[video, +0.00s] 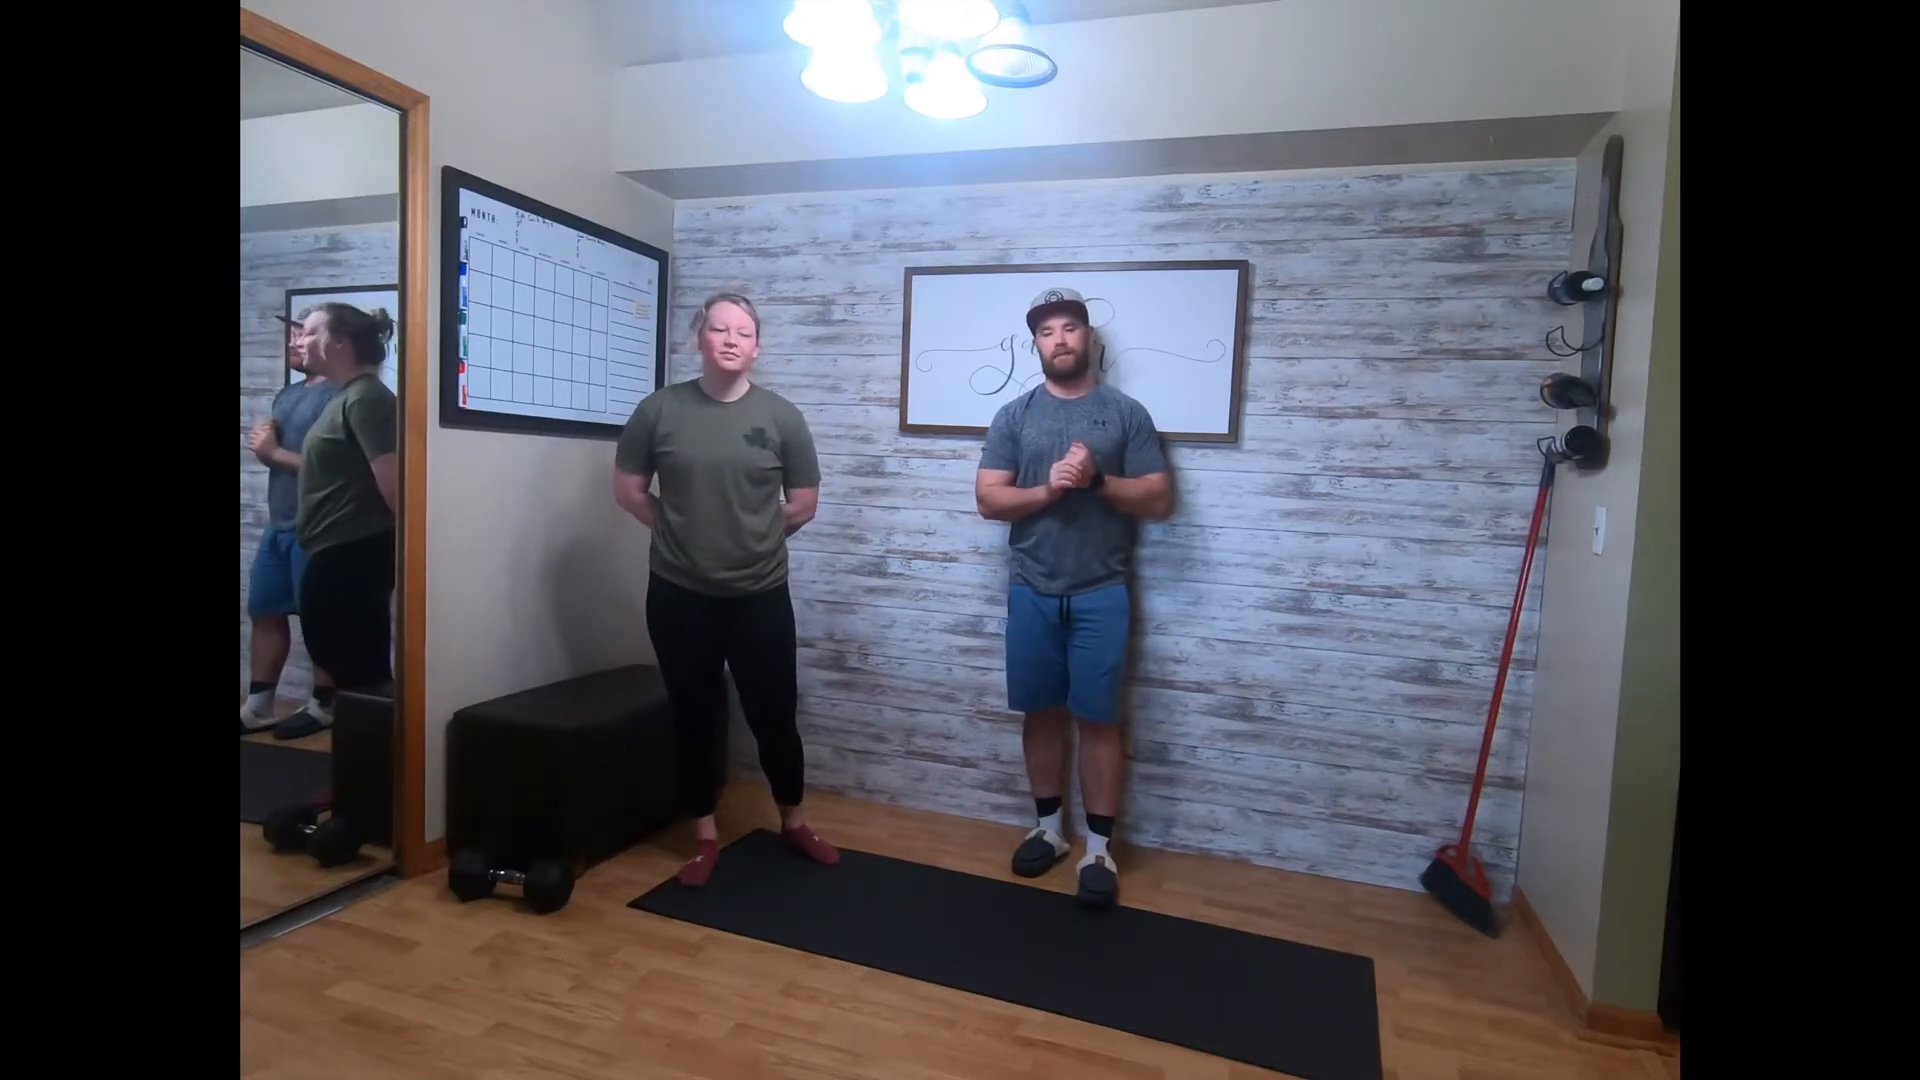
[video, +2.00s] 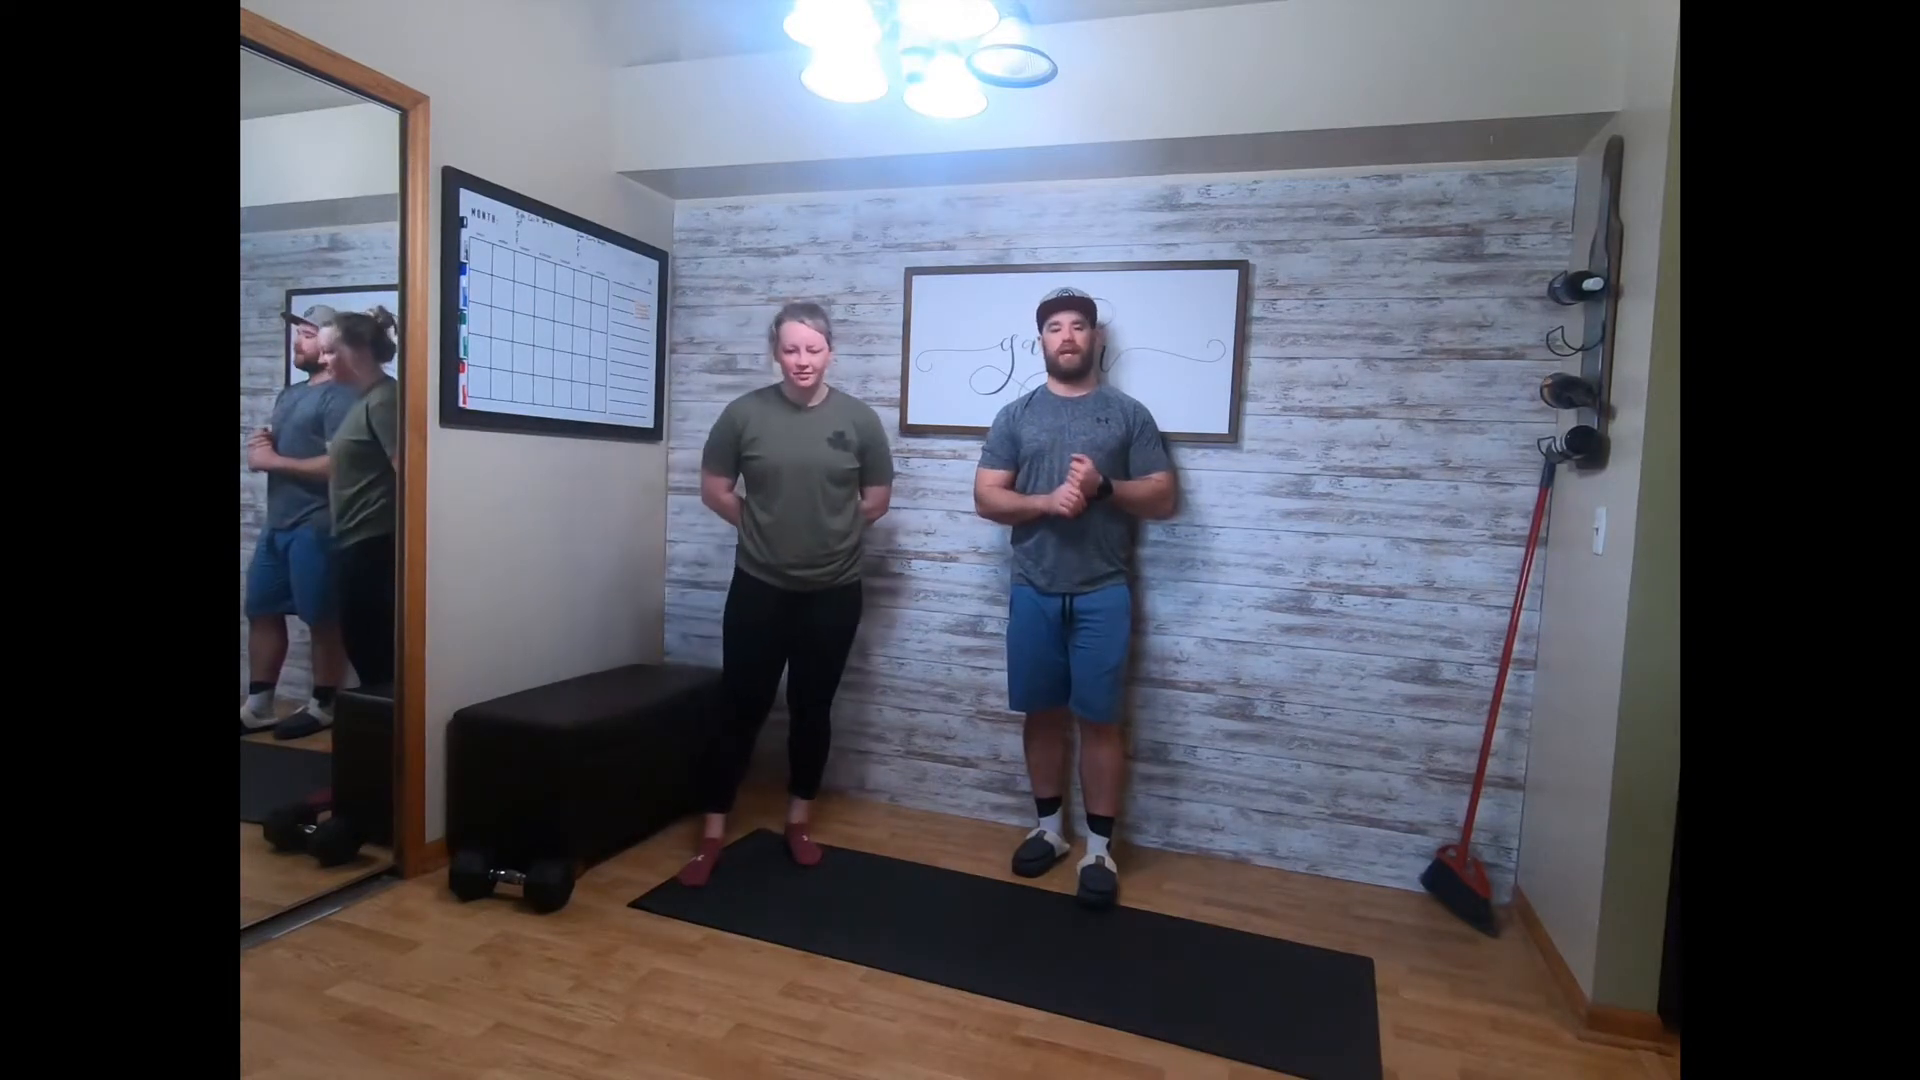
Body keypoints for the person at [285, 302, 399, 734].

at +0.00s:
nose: (303, 342)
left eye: (312, 334)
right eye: (304, 334)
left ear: (342, 341)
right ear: (345, 344)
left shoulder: (367, 399)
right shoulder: (345, 399)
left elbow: (398, 493)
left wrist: (422, 555)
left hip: (355, 550)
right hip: (338, 548)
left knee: (355, 665)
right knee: (349, 663)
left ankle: (370, 769)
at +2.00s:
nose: (326, 362)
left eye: (330, 352)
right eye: (325, 354)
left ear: (355, 350)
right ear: (357, 352)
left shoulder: (383, 400)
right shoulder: (367, 400)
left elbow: (407, 474)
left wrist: (409, 540)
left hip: (376, 544)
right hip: (358, 542)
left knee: (370, 646)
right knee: (364, 644)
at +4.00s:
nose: (308, 344)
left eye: (314, 335)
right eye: (310, 335)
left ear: (340, 343)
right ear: (349, 344)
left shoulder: (346, 395)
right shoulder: (379, 391)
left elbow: (361, 476)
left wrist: (404, 511)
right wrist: (406, 511)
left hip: (345, 542)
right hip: (372, 537)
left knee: (358, 659)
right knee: (374, 653)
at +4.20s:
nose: (314, 343)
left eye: (322, 335)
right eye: (316, 334)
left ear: (350, 344)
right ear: (352, 345)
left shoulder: (364, 394)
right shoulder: (364, 391)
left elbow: (382, 477)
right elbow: (384, 474)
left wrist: (416, 514)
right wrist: (416, 513)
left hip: (358, 540)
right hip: (360, 537)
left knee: (361, 650)